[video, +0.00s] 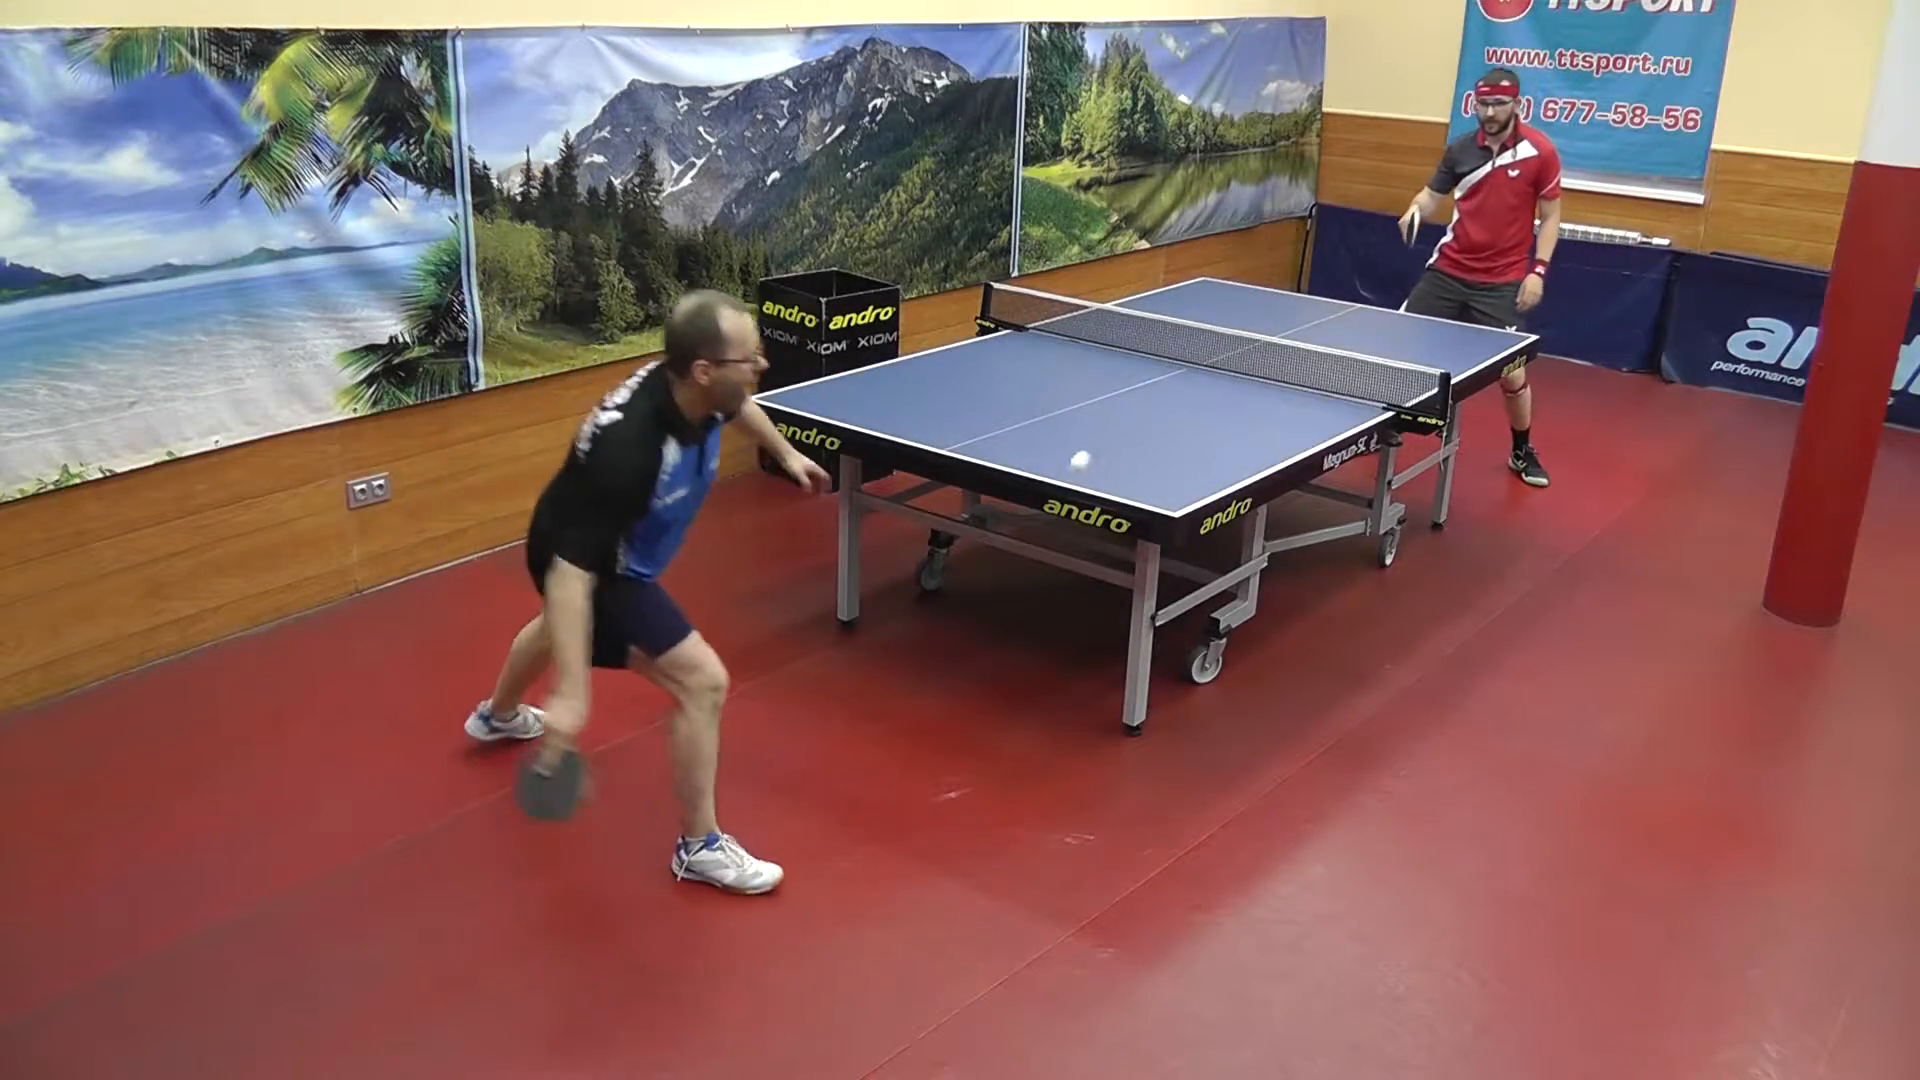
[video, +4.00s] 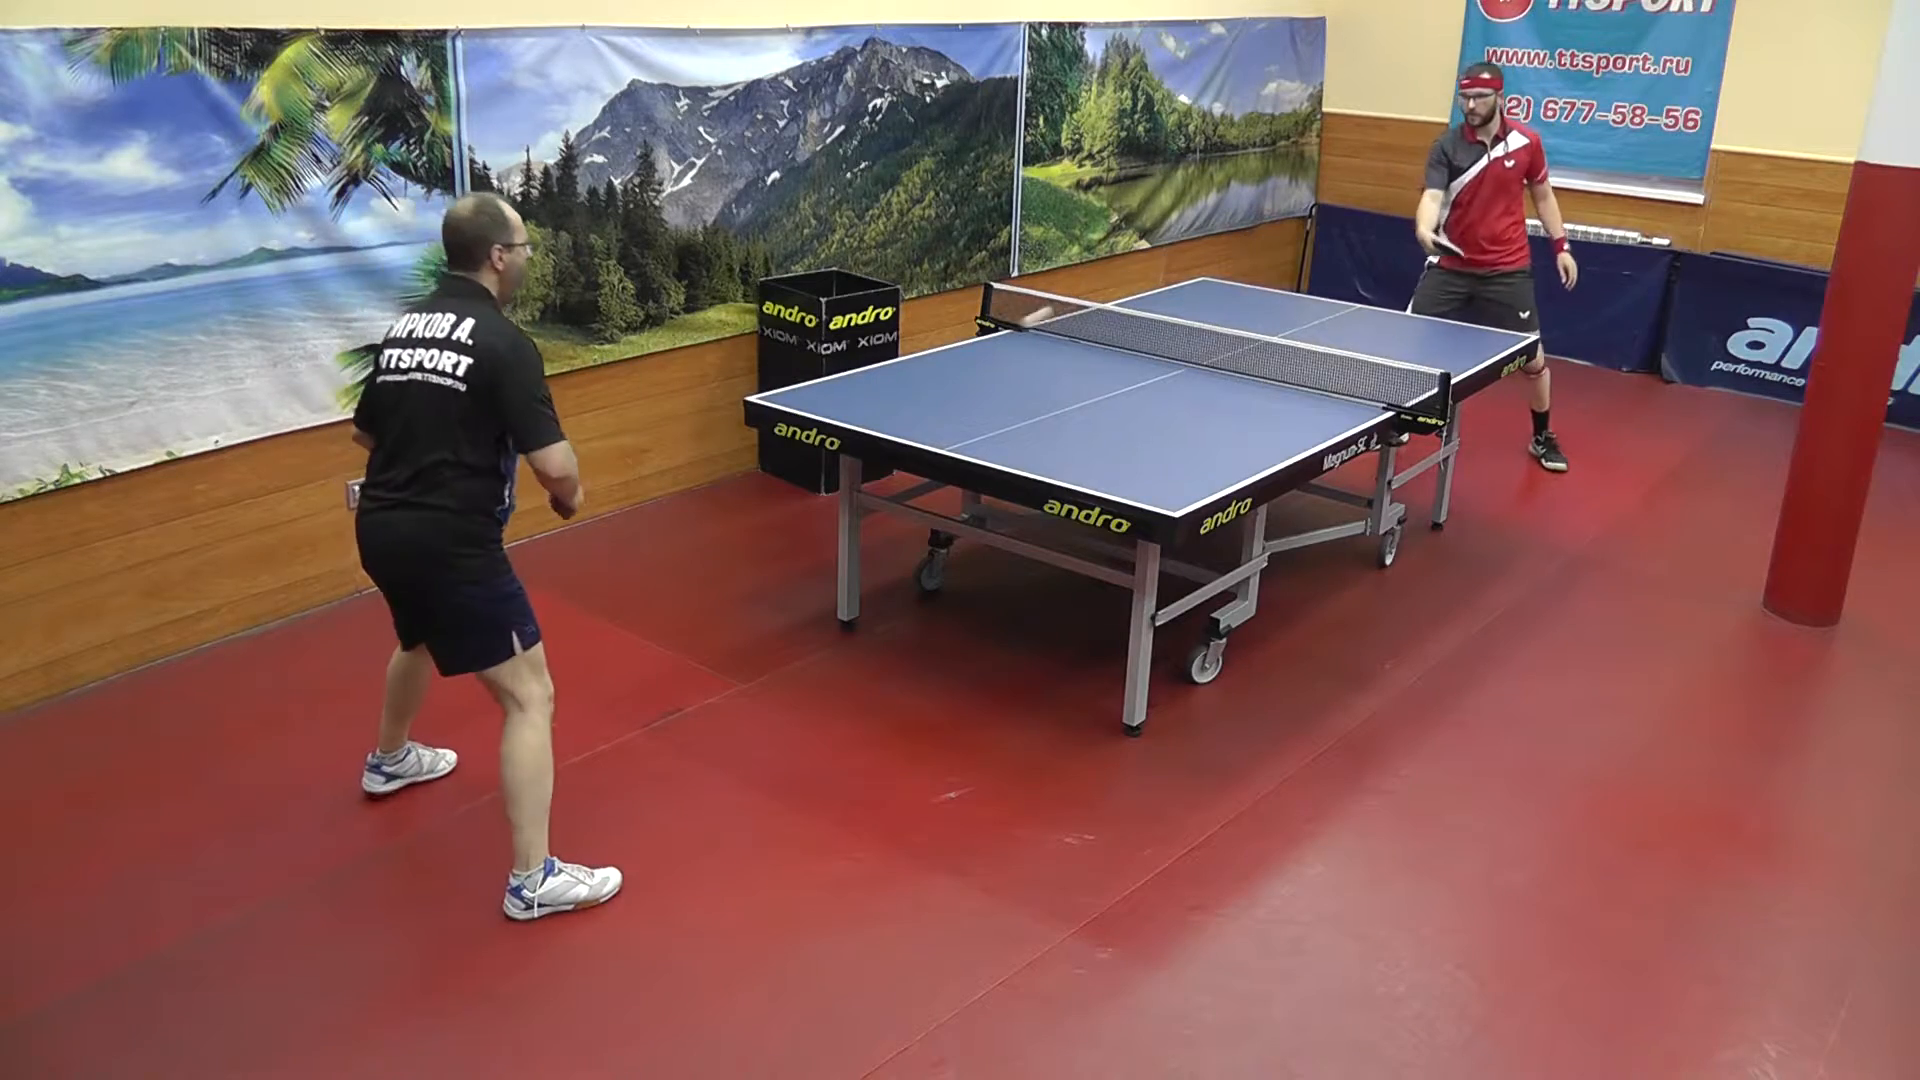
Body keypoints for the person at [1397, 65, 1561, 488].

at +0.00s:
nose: (1489, 114)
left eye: (1498, 105)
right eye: (1483, 104)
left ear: (1517, 106)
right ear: (1475, 106)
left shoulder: (1541, 154)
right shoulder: (1459, 150)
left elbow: (1550, 216)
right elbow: (1432, 195)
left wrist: (1538, 272)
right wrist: (1416, 208)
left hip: (1501, 285)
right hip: (1447, 274)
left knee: (1513, 375)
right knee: (1398, 342)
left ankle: (1522, 451)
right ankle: (1380, 423)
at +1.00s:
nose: (1438, 113)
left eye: (1446, 104)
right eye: (1431, 104)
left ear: (1463, 102)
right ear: (1422, 105)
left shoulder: (1490, 145)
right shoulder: (1411, 154)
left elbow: (1515, 197)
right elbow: (1403, 213)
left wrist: (1543, 240)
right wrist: (1424, 202)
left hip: (1478, 276)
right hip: (1418, 273)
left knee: (1511, 354)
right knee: (1381, 345)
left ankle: (1529, 437)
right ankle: (1371, 425)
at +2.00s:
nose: (1485, 110)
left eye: (1494, 102)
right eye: (1479, 101)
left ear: (1513, 103)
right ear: (1471, 100)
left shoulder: (1540, 148)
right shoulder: (1462, 145)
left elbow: (1551, 210)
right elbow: (1435, 194)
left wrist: (1537, 262)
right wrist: (1432, 216)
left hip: (1511, 275)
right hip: (1457, 266)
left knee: (1524, 363)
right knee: (1414, 336)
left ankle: (1532, 437)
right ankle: (1400, 415)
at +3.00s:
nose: (1507, 101)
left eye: (1518, 93)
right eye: (1502, 92)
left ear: (1536, 96)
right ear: (1496, 93)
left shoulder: (1556, 147)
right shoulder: (1477, 133)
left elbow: (1559, 214)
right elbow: (1438, 168)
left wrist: (1542, 266)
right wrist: (1419, 169)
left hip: (1513, 278)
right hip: (1457, 266)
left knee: (1523, 367)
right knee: (1414, 340)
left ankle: (1531, 437)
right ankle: (1397, 414)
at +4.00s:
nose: (1471, 106)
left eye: (1480, 98)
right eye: (1466, 98)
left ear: (1500, 98)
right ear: (1459, 98)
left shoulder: (1526, 142)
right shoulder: (1447, 146)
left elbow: (1544, 196)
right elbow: (1432, 196)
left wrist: (1561, 247)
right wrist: (1424, 229)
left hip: (1508, 272)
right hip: (1449, 269)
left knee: (1534, 361)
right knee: (1408, 342)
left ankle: (1543, 436)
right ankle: (1397, 417)